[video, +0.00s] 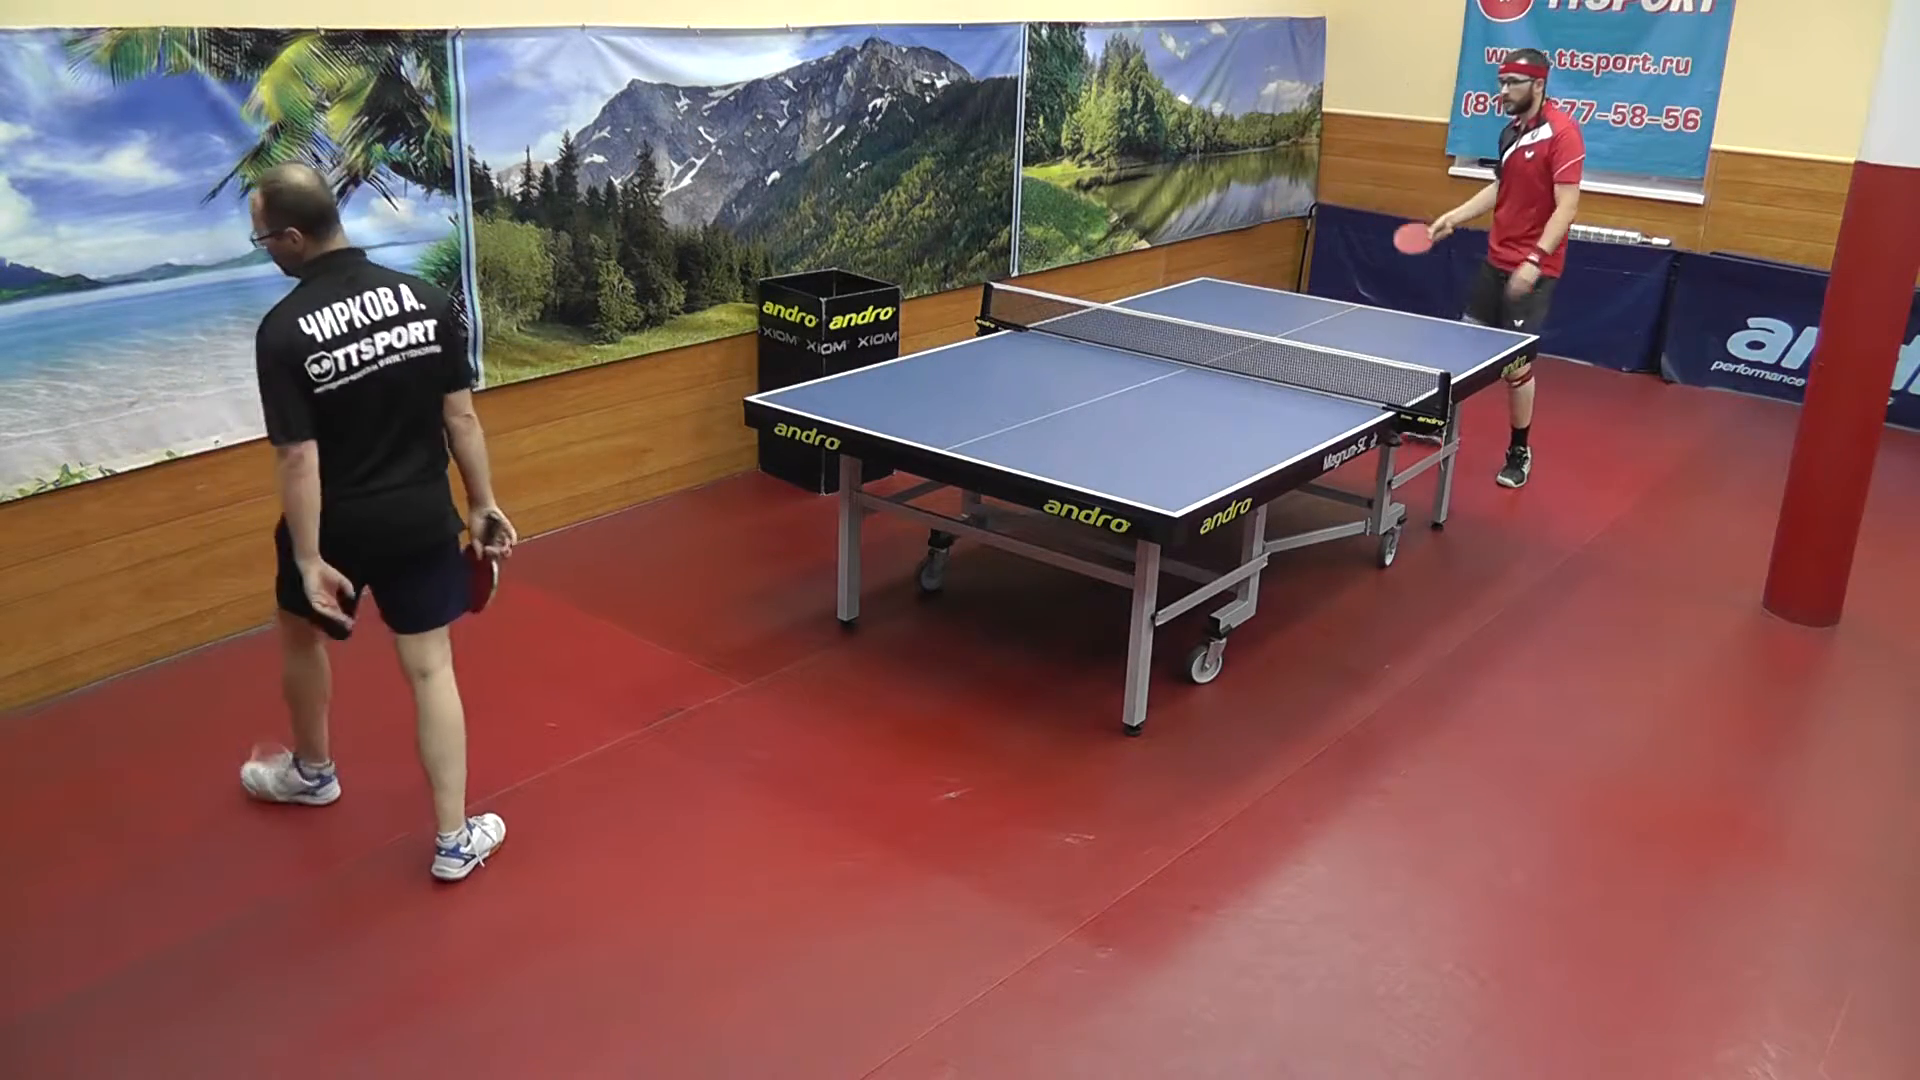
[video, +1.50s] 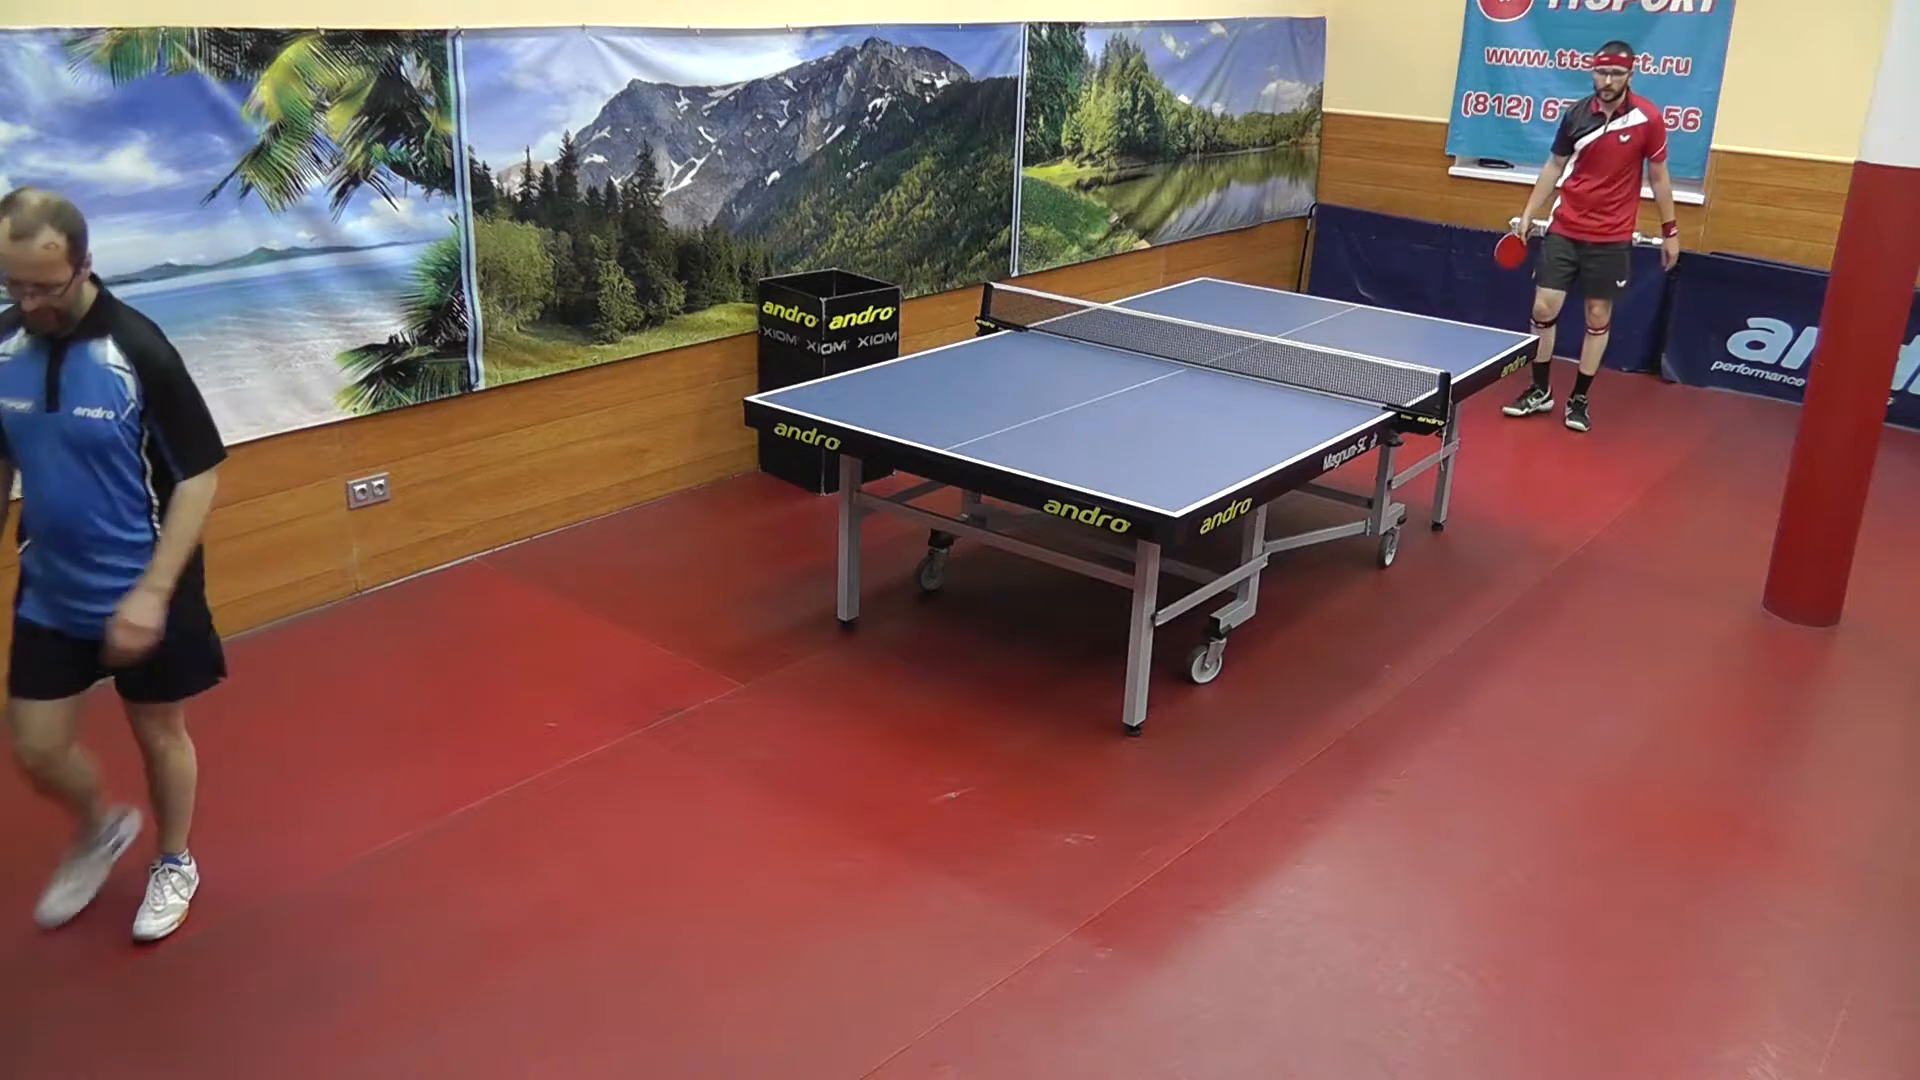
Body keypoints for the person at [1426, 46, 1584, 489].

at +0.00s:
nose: (1504, 91)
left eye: (1513, 84)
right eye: (1502, 83)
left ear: (1538, 85)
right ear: (1505, 85)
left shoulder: (1563, 133)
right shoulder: (1512, 129)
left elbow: (1567, 207)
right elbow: (1501, 188)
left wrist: (1534, 260)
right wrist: (1455, 216)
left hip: (1534, 267)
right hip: (1496, 260)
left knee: (1515, 363)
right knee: (1465, 342)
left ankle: (1518, 452)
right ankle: (1440, 417)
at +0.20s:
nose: (1515, 87)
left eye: (1524, 80)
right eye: (1512, 79)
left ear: (1548, 82)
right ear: (1513, 82)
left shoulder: (1572, 131)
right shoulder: (1520, 128)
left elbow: (1585, 201)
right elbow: (1512, 187)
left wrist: (1589, 264)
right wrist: (1472, 226)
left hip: (1543, 263)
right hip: (1505, 256)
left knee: (1524, 354)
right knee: (1495, 338)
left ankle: (1520, 450)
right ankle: (1506, 410)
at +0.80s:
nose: (1538, 81)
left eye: (1547, 73)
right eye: (1534, 73)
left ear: (1567, 73)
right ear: (1530, 76)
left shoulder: (1594, 115)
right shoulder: (1531, 123)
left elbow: (1610, 176)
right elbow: (1514, 183)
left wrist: (1577, 217)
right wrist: (1484, 230)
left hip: (1576, 247)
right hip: (1530, 244)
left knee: (1568, 337)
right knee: (1520, 323)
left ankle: (1570, 408)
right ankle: (1519, 415)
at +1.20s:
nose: (1585, 85)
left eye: (1593, 78)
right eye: (1580, 77)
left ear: (1610, 79)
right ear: (1573, 78)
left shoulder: (1633, 124)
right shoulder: (1566, 119)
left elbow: (1641, 188)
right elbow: (1551, 177)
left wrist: (1632, 243)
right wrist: (1531, 224)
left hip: (1603, 248)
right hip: (1557, 240)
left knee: (1593, 329)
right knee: (1544, 319)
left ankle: (1578, 401)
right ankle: (1526, 406)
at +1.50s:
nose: (1607, 82)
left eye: (1616, 74)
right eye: (1601, 74)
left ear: (1630, 75)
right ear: (1593, 74)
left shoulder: (1648, 120)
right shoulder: (1576, 114)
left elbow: (1659, 178)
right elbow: (1554, 166)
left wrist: (1670, 233)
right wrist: (1527, 215)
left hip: (1611, 239)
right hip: (1564, 231)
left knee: (1597, 318)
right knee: (1543, 309)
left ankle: (1578, 400)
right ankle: (1539, 391)